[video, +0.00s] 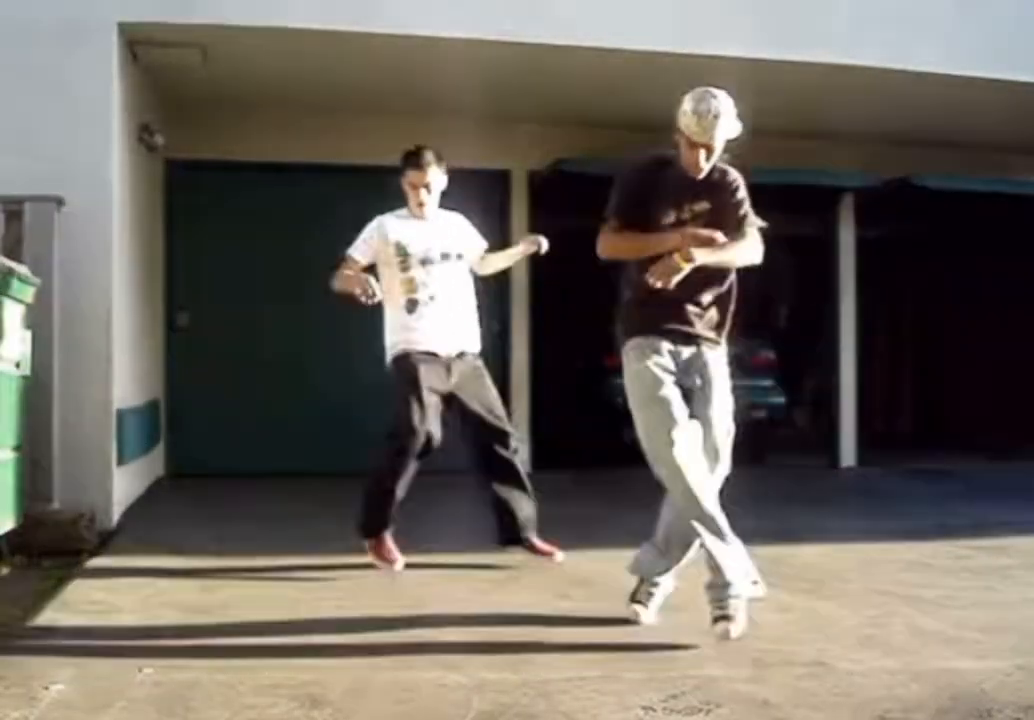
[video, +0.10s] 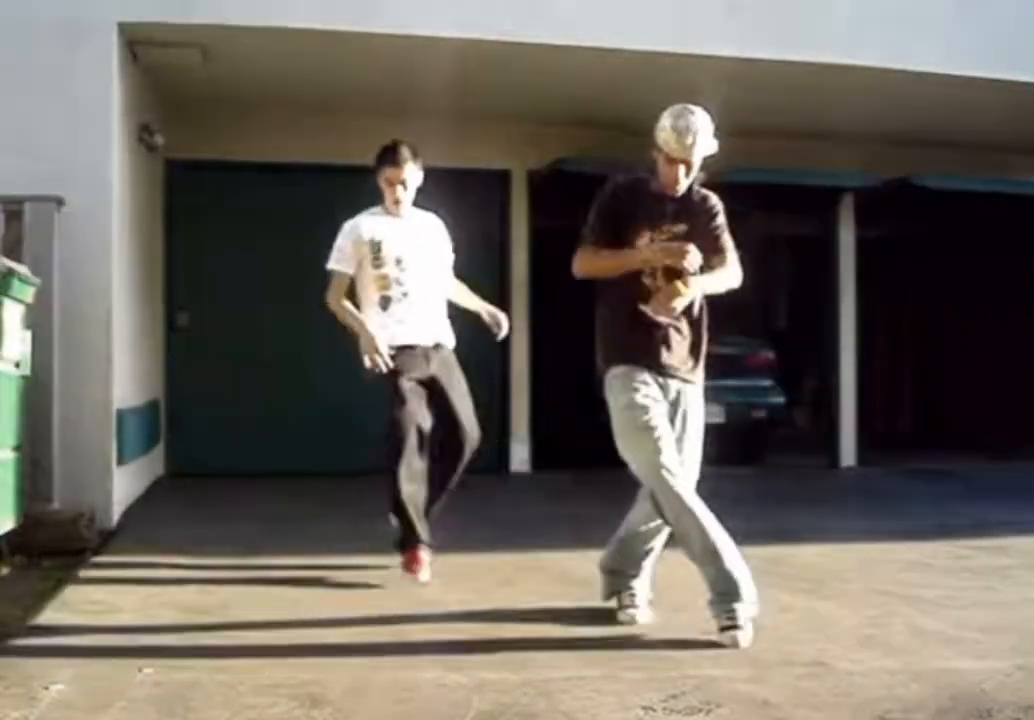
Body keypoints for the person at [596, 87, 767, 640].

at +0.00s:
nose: (700, 157)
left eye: (711, 147)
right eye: (693, 145)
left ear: (725, 141)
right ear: (677, 133)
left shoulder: (728, 183)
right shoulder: (643, 176)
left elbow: (752, 248)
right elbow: (607, 243)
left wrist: (689, 259)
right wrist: (676, 238)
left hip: (707, 340)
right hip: (650, 336)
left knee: (712, 461)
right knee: (674, 451)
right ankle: (732, 576)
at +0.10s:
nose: (678, 173)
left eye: (689, 163)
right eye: (671, 160)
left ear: (703, 160)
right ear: (655, 149)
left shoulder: (706, 206)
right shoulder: (621, 195)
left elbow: (732, 271)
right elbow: (583, 263)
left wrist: (695, 283)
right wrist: (643, 255)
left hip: (686, 365)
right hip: (630, 359)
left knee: (676, 478)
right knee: (663, 474)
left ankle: (625, 574)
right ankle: (732, 595)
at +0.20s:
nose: (649, 154)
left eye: (660, 146)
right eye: (642, 142)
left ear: (672, 143)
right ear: (625, 130)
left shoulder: (678, 181)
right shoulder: (586, 172)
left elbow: (718, 245)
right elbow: (535, 214)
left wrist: (714, 303)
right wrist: (592, 241)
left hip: (666, 346)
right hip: (608, 343)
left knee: (679, 465)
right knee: (619, 462)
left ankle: (640, 569)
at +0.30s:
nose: (633, 145)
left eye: (643, 135)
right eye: (625, 132)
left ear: (655, 133)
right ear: (607, 121)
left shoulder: (659, 172)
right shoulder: (569, 165)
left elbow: (688, 230)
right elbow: (509, 217)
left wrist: (686, 302)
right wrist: (547, 275)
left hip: (651, 340)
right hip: (589, 341)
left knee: (702, 445)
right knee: (584, 458)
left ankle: (694, 566)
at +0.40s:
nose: (622, 159)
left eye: (632, 149)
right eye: (614, 146)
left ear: (643, 149)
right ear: (594, 140)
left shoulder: (643, 201)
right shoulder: (554, 194)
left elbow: (643, 265)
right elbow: (496, 254)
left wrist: (640, 329)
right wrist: (514, 332)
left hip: (632, 365)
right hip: (569, 368)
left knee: (702, 467)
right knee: (550, 486)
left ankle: (766, 575)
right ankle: (474, 577)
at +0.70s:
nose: (643, 133)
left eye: (653, 122)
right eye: (634, 120)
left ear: (666, 124)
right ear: (615, 116)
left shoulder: (664, 169)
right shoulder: (581, 170)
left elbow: (634, 229)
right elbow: (520, 216)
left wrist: (652, 280)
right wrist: (553, 289)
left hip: (671, 325)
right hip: (614, 331)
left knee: (721, 438)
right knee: (609, 457)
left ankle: (696, 549)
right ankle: (552, 577)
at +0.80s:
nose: (667, 148)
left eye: (678, 137)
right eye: (658, 135)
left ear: (694, 139)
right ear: (642, 132)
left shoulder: (701, 185)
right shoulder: (612, 188)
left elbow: (704, 225)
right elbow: (562, 243)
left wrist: (735, 263)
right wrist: (580, 307)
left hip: (694, 341)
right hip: (639, 341)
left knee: (687, 469)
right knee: (669, 467)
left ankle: (618, 556)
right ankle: (710, 595)